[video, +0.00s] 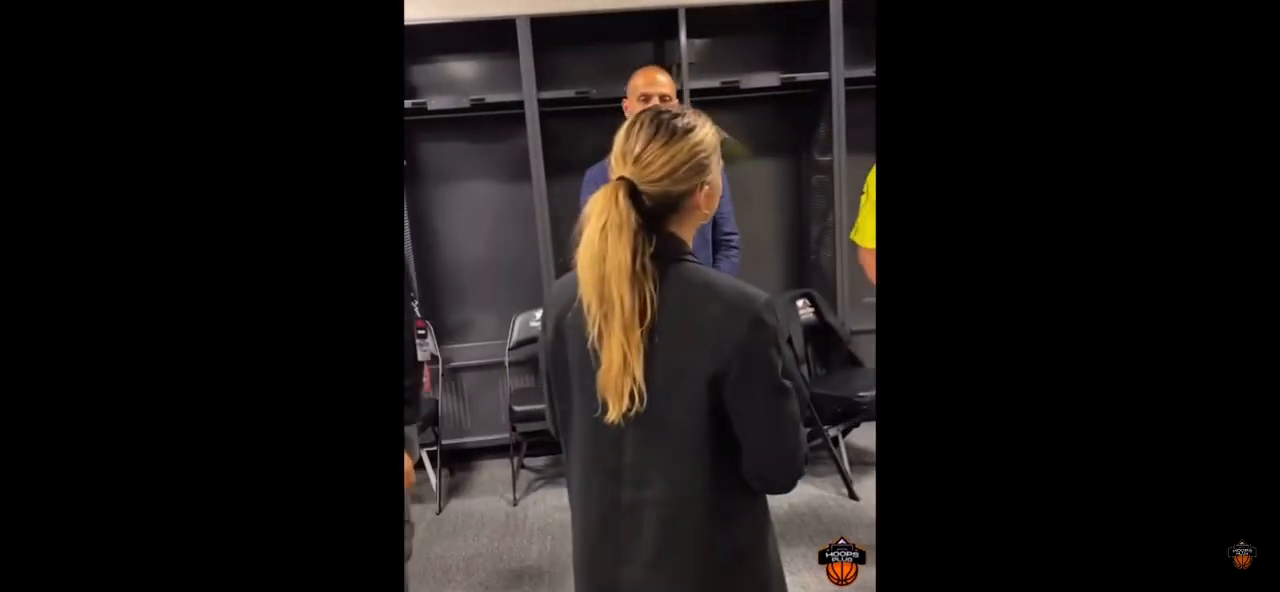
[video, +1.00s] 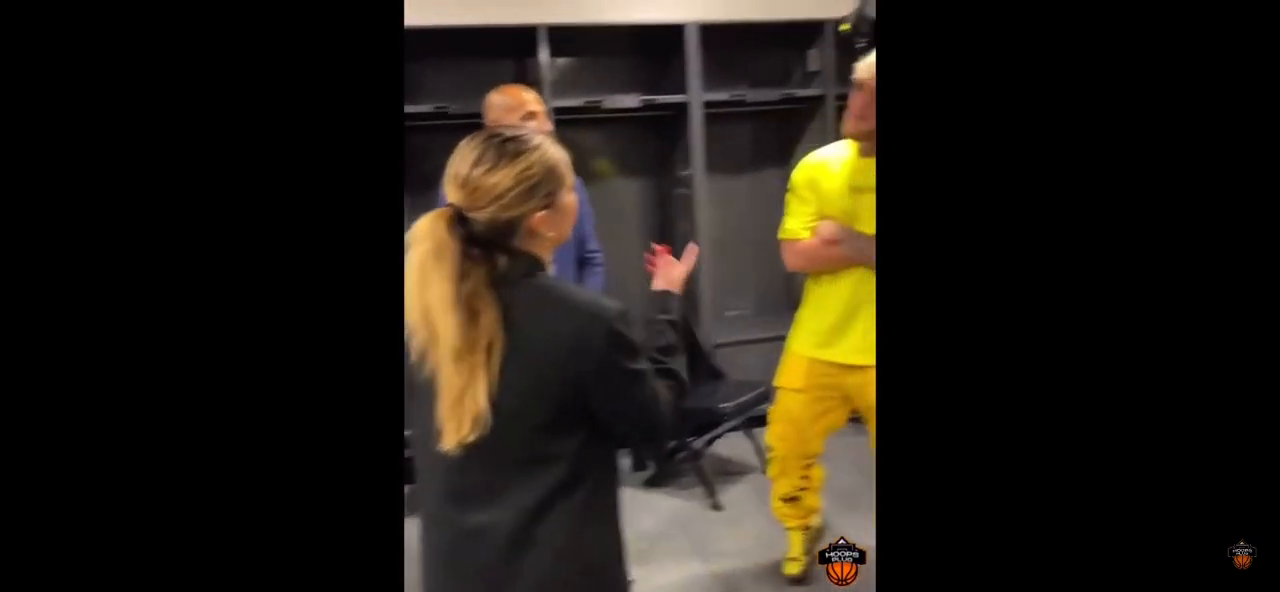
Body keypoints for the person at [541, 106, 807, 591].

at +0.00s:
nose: (722, 183)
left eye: (719, 169)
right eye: (719, 171)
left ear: (620, 183)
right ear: (704, 194)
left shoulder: (566, 302)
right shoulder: (739, 313)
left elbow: (567, 431)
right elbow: (778, 470)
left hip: (607, 564)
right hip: (712, 567)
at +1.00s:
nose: (578, 199)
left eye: (573, 188)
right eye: (570, 190)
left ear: (470, 212)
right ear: (540, 220)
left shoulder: (429, 308)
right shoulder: (584, 323)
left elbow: (424, 447)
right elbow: (654, 422)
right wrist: (668, 302)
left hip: (454, 569)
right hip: (559, 571)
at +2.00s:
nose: (456, 227)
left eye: (454, 216)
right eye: (449, 219)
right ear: (424, 240)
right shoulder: (456, 331)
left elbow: (540, 352)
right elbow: (541, 352)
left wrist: (479, 263)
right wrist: (481, 261)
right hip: (463, 567)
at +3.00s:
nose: (481, 238)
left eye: (478, 223)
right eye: (476, 225)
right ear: (456, 251)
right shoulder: (482, 370)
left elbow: (547, 449)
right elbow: (550, 450)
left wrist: (558, 331)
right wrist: (561, 331)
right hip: (475, 577)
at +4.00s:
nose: (454, 207)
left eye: (446, 197)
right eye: (442, 201)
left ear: (414, 236)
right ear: (411, 235)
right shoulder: (448, 348)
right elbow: (544, 409)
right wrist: (506, 298)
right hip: (455, 572)